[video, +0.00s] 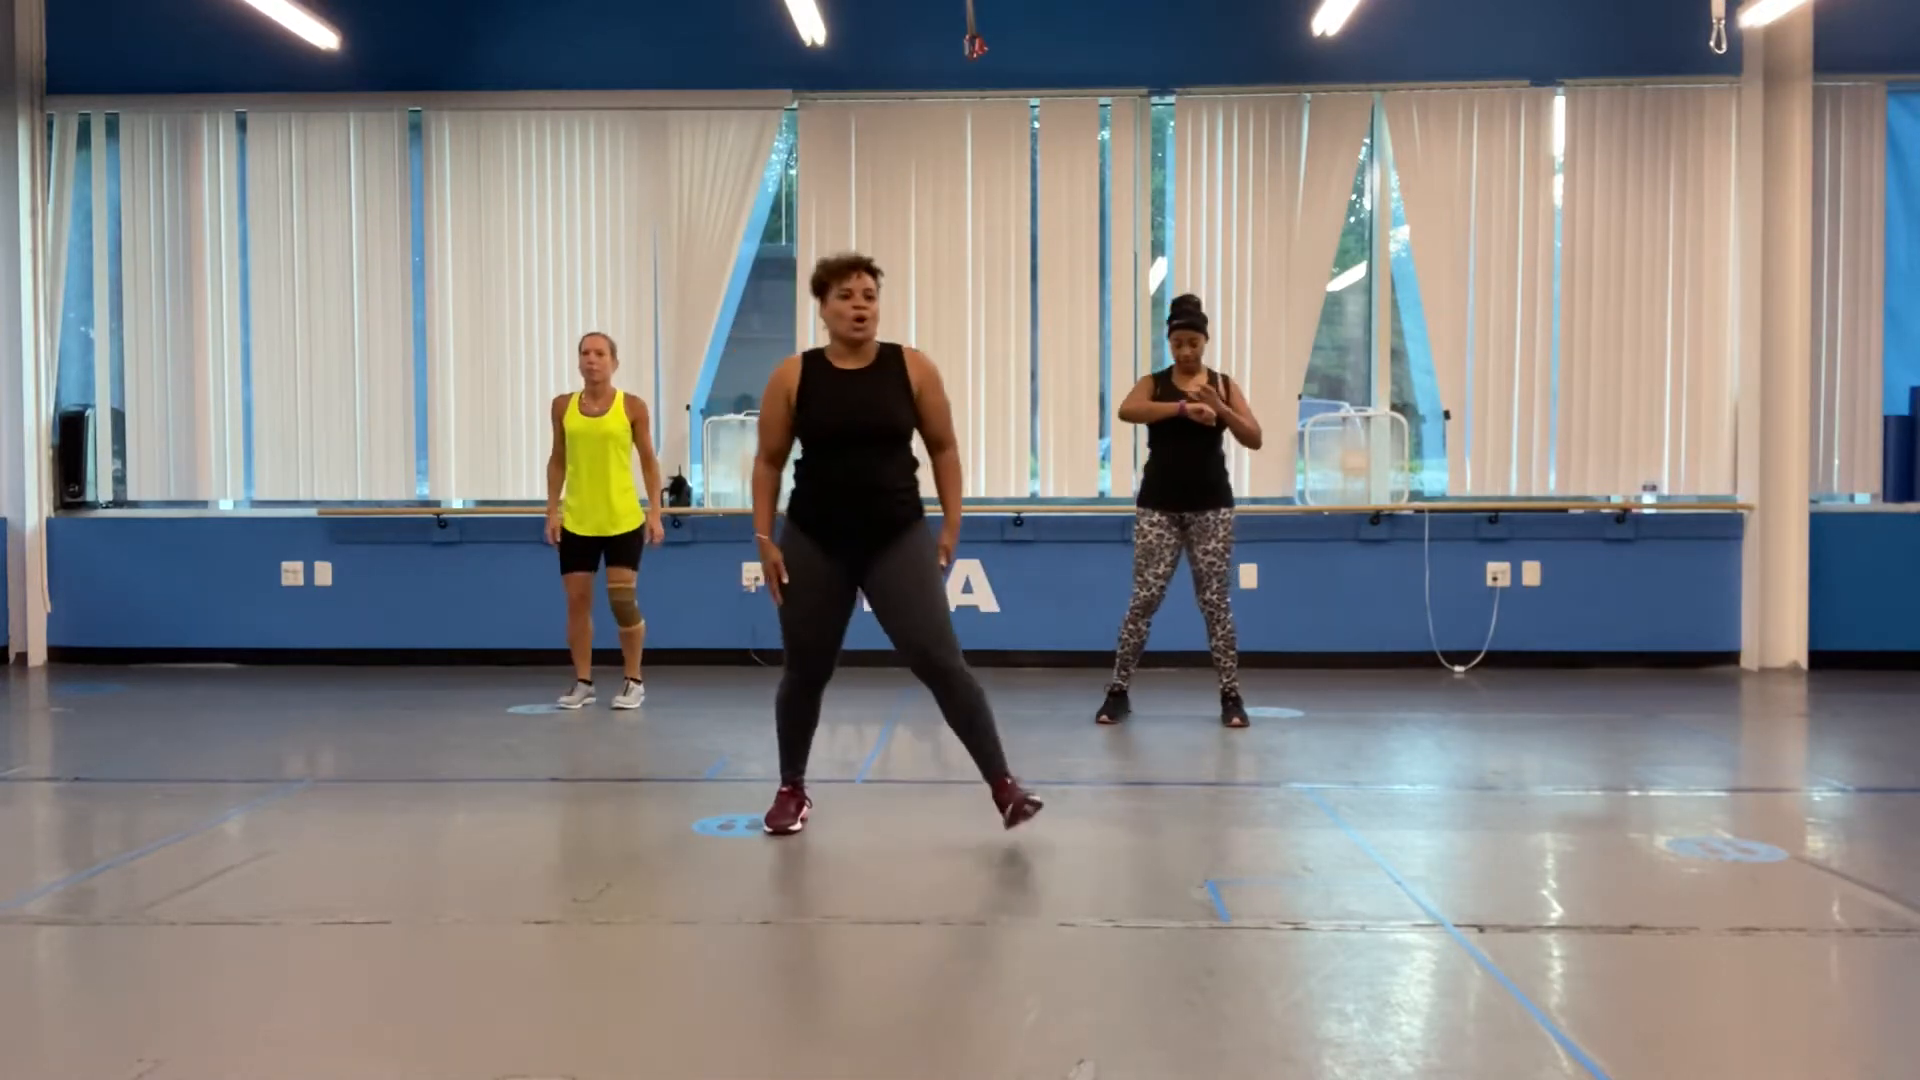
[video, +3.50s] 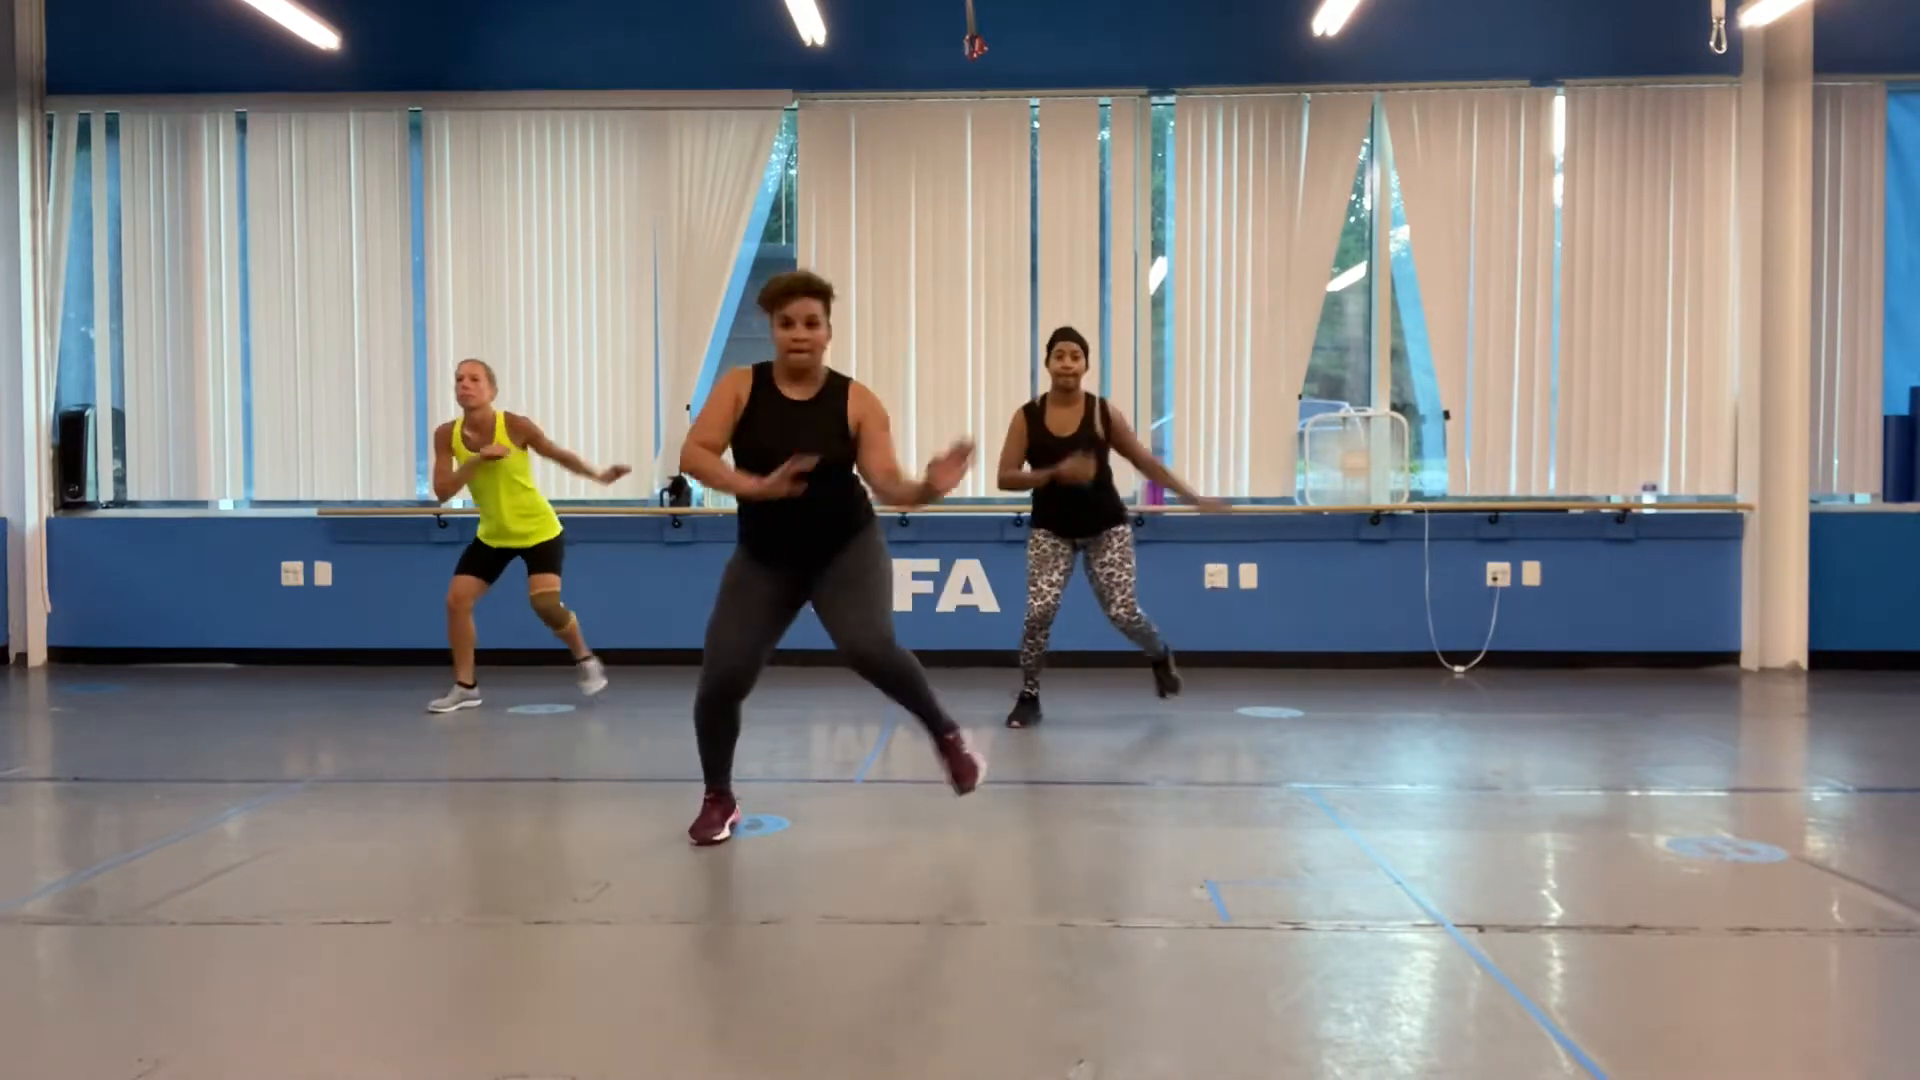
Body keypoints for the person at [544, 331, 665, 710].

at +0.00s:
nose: (591, 359)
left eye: (599, 354)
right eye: (586, 354)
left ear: (614, 363)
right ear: (578, 362)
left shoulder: (632, 407)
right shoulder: (563, 406)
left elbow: (649, 460)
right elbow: (557, 460)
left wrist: (655, 510)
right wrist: (553, 509)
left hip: (623, 517)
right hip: (577, 519)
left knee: (621, 598)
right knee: (578, 600)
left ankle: (633, 681)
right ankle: (583, 683)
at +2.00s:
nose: (577, 366)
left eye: (585, 361)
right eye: (572, 360)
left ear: (602, 372)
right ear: (566, 370)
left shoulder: (624, 411)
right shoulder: (556, 412)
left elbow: (663, 451)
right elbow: (558, 468)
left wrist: (702, 488)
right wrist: (591, 499)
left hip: (630, 524)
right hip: (586, 526)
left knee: (648, 599)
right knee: (544, 591)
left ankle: (678, 684)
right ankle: (538, 678)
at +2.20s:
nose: (549, 371)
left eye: (558, 367)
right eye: (545, 366)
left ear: (575, 378)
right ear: (538, 377)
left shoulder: (597, 419)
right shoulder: (527, 421)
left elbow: (628, 458)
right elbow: (522, 477)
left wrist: (664, 472)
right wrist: (555, 464)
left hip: (603, 524)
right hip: (560, 527)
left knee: (616, 601)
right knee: (529, 598)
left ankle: (666, 672)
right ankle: (527, 685)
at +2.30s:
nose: (548, 371)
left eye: (557, 365)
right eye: (543, 366)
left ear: (575, 376)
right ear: (538, 378)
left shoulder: (599, 418)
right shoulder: (528, 423)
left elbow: (613, 469)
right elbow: (518, 473)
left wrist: (616, 496)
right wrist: (533, 492)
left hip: (601, 523)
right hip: (556, 525)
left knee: (612, 599)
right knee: (526, 598)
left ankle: (639, 674)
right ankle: (527, 685)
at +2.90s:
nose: (542, 374)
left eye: (550, 368)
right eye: (537, 369)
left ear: (569, 379)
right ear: (532, 381)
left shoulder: (594, 417)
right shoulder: (526, 423)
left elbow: (632, 450)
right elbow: (533, 477)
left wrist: (665, 475)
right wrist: (551, 483)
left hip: (612, 521)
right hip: (568, 526)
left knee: (630, 599)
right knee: (532, 594)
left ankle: (673, 680)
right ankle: (521, 683)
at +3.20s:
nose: (499, 382)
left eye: (508, 377)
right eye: (494, 377)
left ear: (527, 387)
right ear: (490, 388)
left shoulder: (554, 419)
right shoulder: (488, 430)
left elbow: (602, 445)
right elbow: (491, 484)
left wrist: (651, 453)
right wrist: (529, 466)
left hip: (578, 526)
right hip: (535, 530)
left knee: (585, 603)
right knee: (487, 590)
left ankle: (615, 680)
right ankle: (503, 678)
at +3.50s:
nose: (465, 385)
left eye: (473, 380)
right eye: (460, 380)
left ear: (492, 390)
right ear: (455, 391)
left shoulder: (517, 426)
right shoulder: (447, 435)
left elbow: (557, 454)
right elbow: (442, 490)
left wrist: (597, 475)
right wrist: (477, 459)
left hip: (537, 527)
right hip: (493, 532)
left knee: (545, 603)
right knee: (458, 599)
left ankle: (585, 660)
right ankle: (465, 687)